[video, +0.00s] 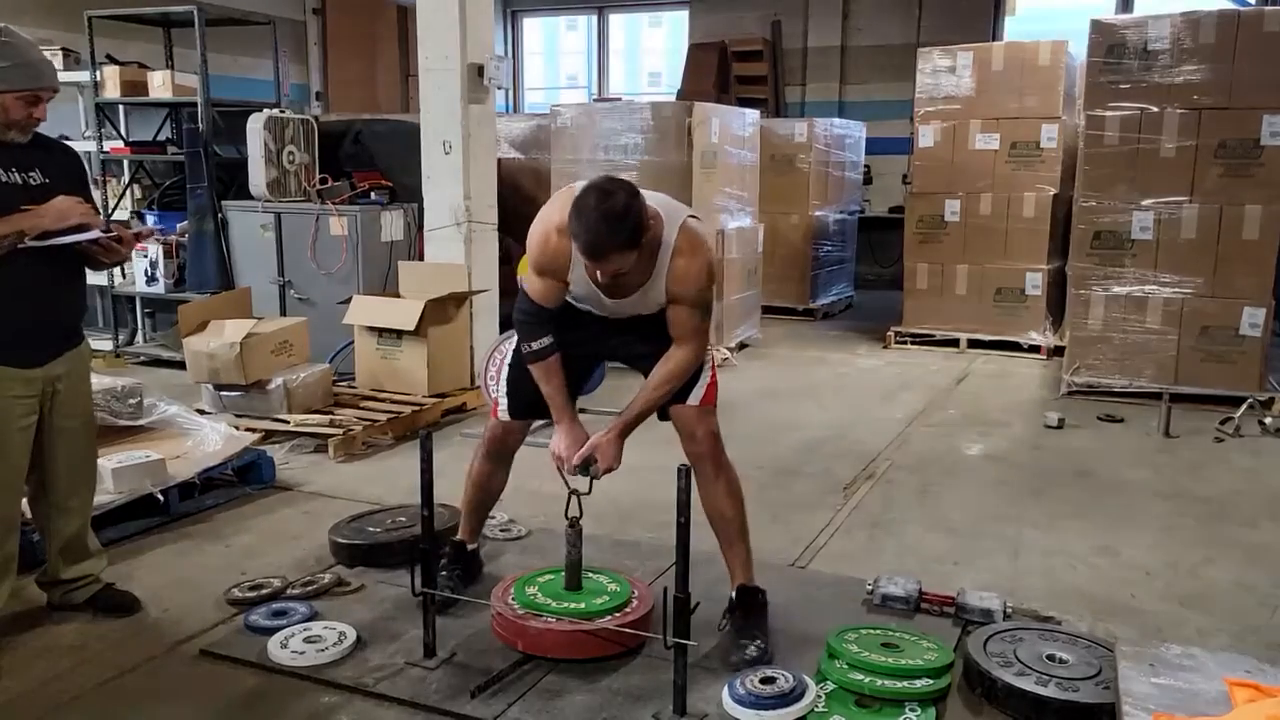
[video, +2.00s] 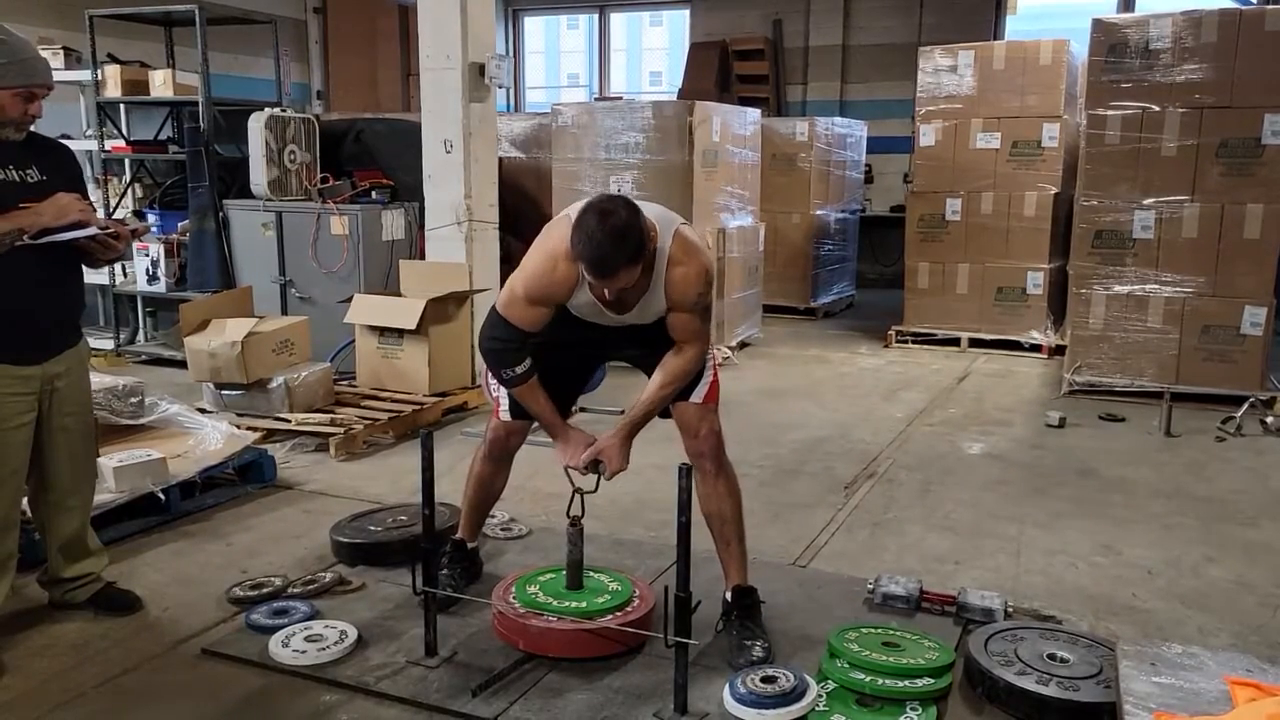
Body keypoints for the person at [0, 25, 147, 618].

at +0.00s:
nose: (40, 111)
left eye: (45, 100)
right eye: (29, 100)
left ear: (46, 96)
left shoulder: (62, 159)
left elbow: (85, 245)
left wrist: (110, 252)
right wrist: (38, 218)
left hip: (65, 350)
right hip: (6, 359)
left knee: (70, 476)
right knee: (7, 491)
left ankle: (74, 582)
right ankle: (3, 599)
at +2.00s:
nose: (35, 107)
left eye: (41, 95)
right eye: (25, 95)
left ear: (45, 92)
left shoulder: (57, 156)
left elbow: (83, 246)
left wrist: (107, 249)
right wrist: (37, 216)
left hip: (64, 346)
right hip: (5, 354)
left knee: (70, 473)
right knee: (7, 488)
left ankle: (75, 580)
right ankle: (1, 599)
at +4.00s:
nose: (38, 108)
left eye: (44, 96)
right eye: (28, 96)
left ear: (47, 92)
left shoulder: (59, 156)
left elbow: (84, 245)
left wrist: (109, 249)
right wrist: (38, 217)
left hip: (64, 346)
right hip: (5, 355)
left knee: (69, 474)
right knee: (6, 490)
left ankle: (74, 580)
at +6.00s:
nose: (61, 113)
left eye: (67, 101)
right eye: (51, 100)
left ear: (67, 98)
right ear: (11, 94)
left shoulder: (72, 161)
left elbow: (85, 253)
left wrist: (120, 251)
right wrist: (51, 231)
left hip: (67, 352)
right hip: (7, 361)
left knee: (69, 476)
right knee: (7, 492)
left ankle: (73, 581)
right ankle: (1, 598)